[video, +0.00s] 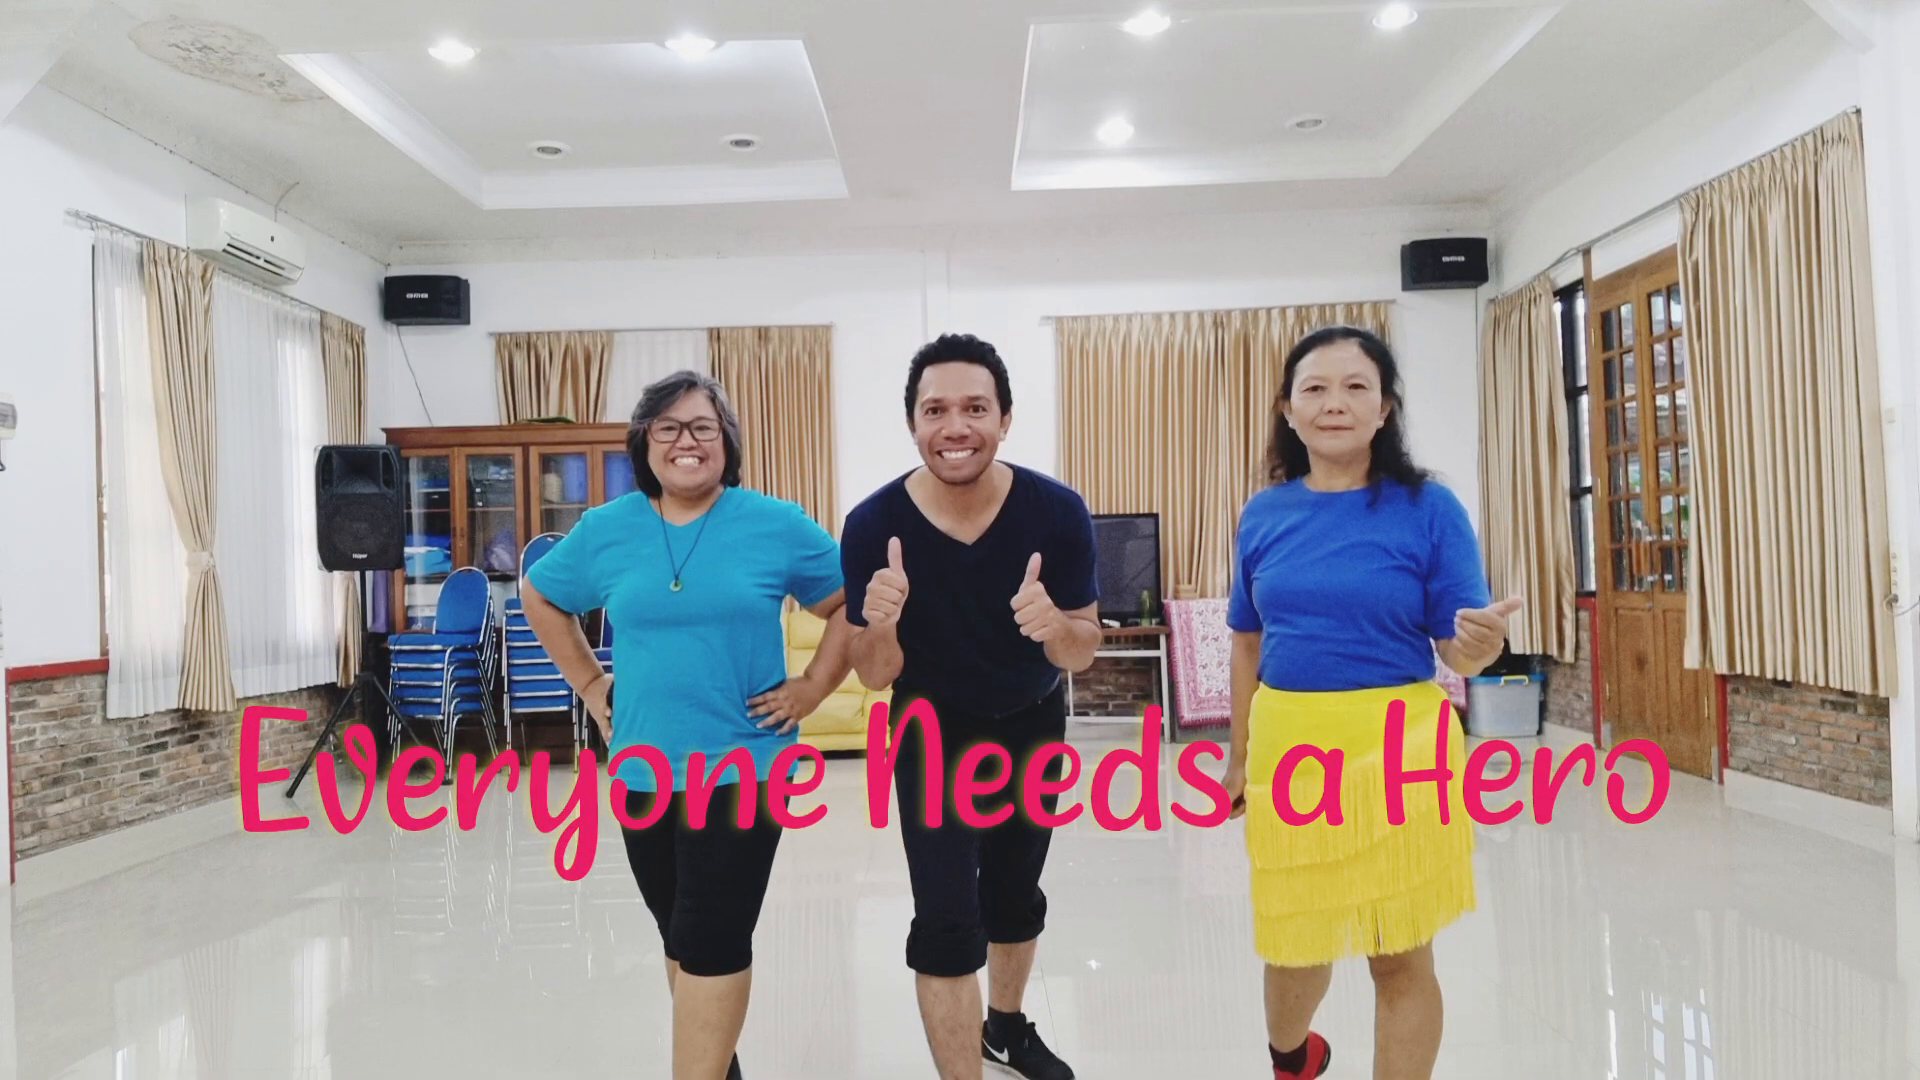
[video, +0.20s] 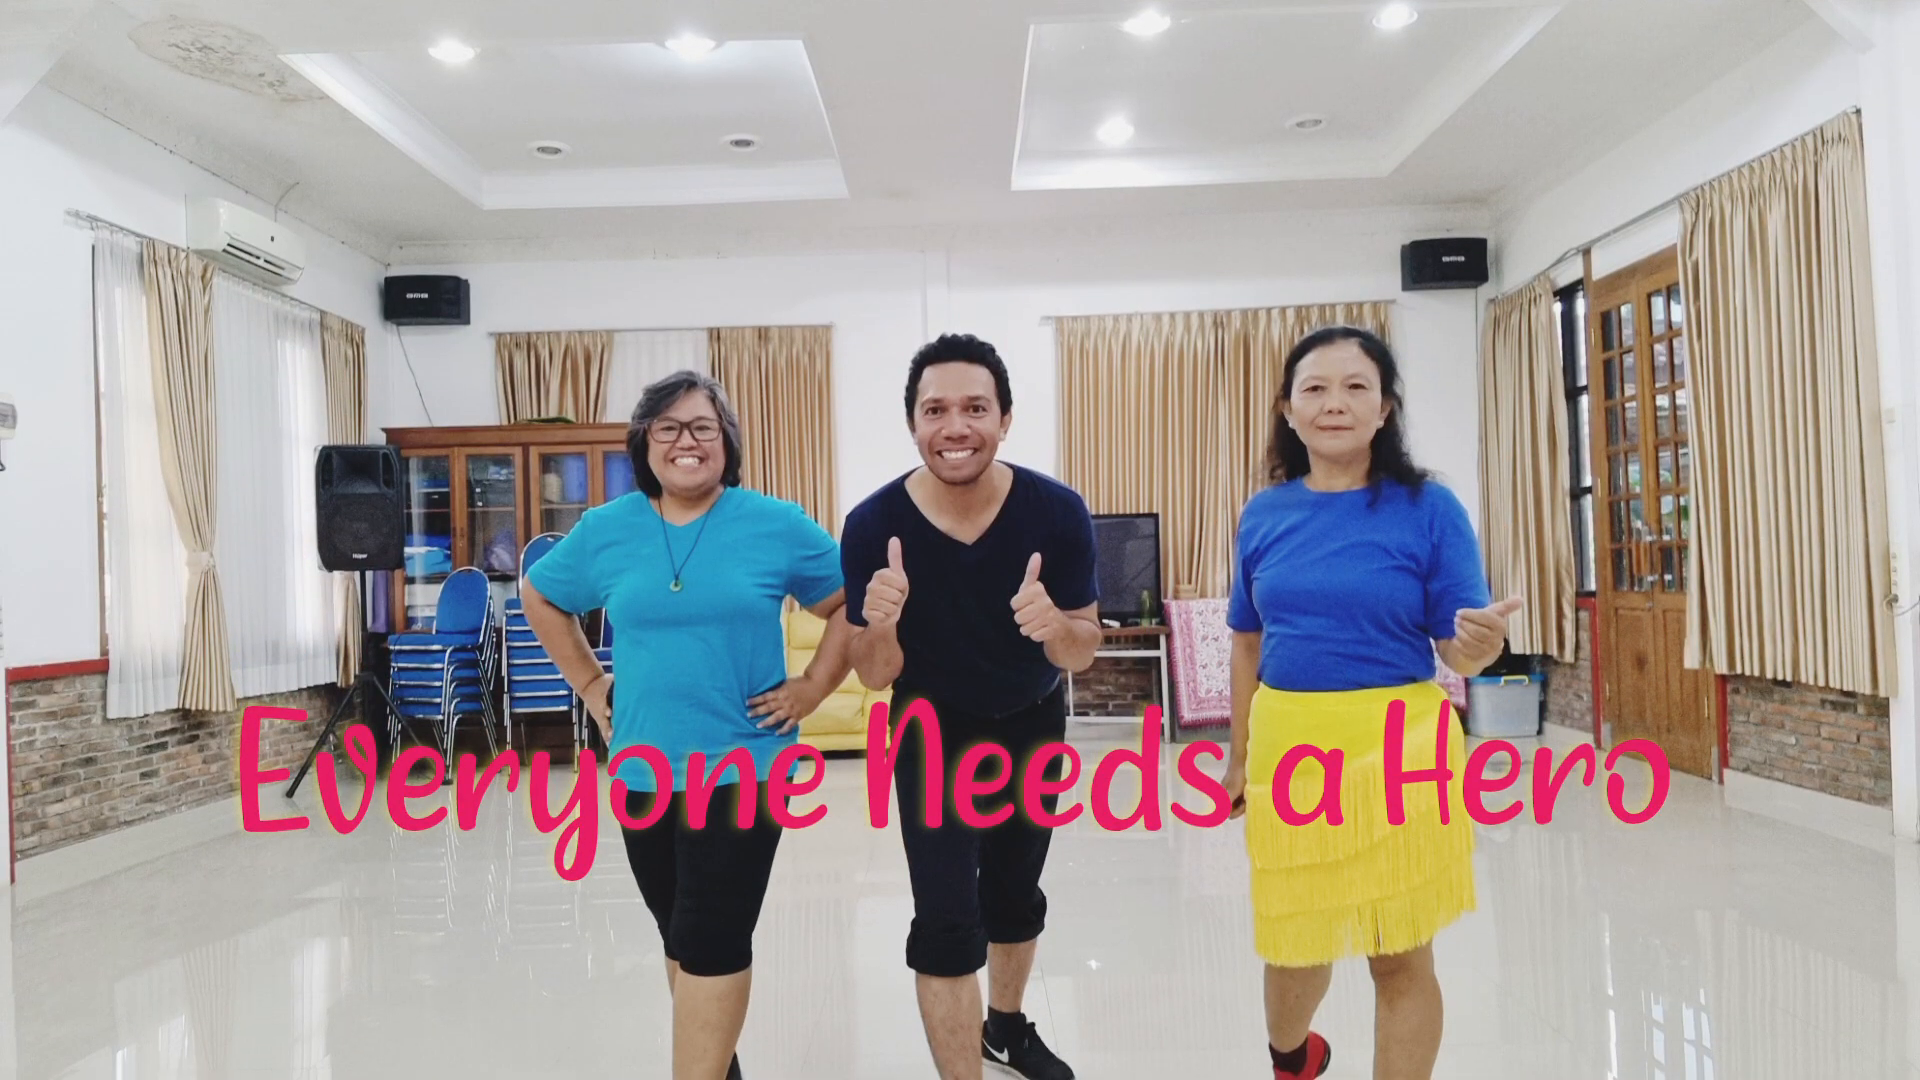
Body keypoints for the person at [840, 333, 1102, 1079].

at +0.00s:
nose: (956, 427)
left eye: (975, 408)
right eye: (936, 410)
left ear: (1004, 420)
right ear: (913, 424)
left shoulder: (1059, 514)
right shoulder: (873, 526)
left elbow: (1081, 654)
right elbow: (875, 673)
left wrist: (1054, 626)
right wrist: (880, 627)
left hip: (1030, 722)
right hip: (930, 725)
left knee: (1016, 894)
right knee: (949, 920)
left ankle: (1006, 1026)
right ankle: (959, 1076)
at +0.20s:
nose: (956, 427)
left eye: (975, 408)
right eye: (936, 410)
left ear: (1004, 420)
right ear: (913, 424)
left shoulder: (1059, 514)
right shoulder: (873, 526)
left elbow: (1080, 654)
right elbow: (875, 673)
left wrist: (1054, 625)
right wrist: (880, 626)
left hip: (1030, 722)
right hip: (929, 726)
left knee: (1016, 895)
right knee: (948, 919)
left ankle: (1006, 1026)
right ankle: (959, 1076)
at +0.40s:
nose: (956, 426)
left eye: (975, 408)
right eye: (936, 410)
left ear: (1004, 420)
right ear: (913, 424)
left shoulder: (1059, 514)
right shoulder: (872, 526)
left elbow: (1080, 654)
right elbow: (875, 673)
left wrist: (1053, 626)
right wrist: (879, 627)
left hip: (1030, 722)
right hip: (929, 726)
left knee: (1016, 894)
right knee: (948, 919)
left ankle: (1005, 1026)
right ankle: (959, 1076)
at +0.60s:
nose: (956, 426)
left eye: (975, 408)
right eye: (936, 410)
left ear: (1004, 420)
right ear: (913, 424)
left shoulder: (1059, 514)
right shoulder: (872, 526)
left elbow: (1080, 654)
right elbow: (875, 673)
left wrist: (1053, 626)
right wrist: (879, 626)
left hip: (1030, 722)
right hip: (929, 726)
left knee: (1016, 894)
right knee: (948, 919)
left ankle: (1005, 1026)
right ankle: (959, 1076)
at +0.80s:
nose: (955, 426)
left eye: (975, 408)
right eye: (936, 409)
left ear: (1004, 421)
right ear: (913, 424)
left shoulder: (1059, 514)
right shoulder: (873, 526)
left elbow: (1080, 654)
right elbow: (875, 673)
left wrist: (1054, 626)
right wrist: (879, 627)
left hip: (1030, 722)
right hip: (930, 726)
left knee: (1016, 894)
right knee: (948, 920)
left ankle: (1005, 1026)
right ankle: (959, 1075)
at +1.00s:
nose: (955, 426)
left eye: (975, 408)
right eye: (936, 409)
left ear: (1004, 421)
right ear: (913, 424)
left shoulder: (1059, 514)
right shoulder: (873, 526)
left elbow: (1080, 654)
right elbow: (875, 673)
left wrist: (1054, 626)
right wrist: (879, 627)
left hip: (1030, 722)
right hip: (930, 726)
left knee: (1016, 894)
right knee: (948, 920)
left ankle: (1005, 1026)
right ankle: (959, 1075)